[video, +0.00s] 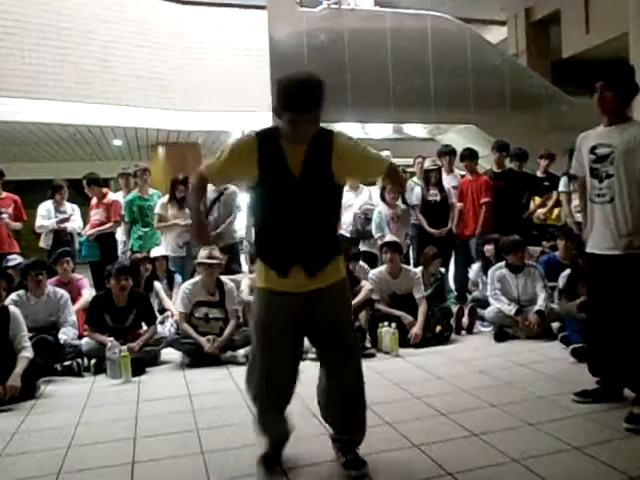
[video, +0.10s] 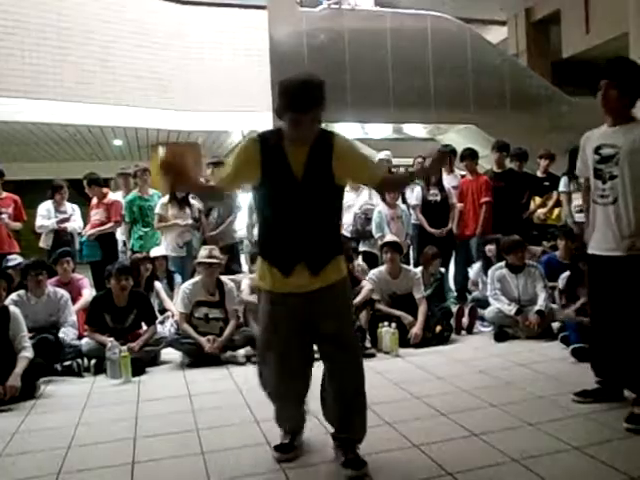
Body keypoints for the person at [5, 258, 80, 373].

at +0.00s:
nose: (39, 278)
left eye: (42, 274)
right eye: (34, 275)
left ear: (47, 277)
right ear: (26, 280)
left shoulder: (60, 296)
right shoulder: (15, 300)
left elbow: (70, 325)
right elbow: (9, 327)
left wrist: (61, 340)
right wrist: (21, 336)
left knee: (74, 349)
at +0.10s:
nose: (39, 278)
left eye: (41, 274)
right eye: (34, 275)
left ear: (47, 277)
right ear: (26, 280)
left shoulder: (61, 296)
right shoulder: (15, 300)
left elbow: (71, 326)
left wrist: (59, 340)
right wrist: (21, 337)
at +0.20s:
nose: (39, 280)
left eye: (41, 276)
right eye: (33, 277)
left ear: (47, 278)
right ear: (26, 282)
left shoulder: (61, 298)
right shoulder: (15, 302)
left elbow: (71, 328)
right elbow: (10, 331)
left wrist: (57, 341)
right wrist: (22, 338)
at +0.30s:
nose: (39, 279)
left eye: (41, 274)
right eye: (34, 275)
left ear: (47, 277)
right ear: (26, 280)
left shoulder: (61, 296)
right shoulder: (15, 300)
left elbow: (71, 327)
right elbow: (9, 330)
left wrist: (55, 340)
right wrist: (22, 337)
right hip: (27, 345)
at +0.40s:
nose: (41, 280)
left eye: (44, 275)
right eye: (36, 277)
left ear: (50, 277)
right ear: (29, 282)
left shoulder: (65, 297)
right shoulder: (18, 302)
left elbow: (75, 330)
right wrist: (29, 338)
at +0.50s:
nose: (49, 279)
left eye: (51, 275)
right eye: (44, 276)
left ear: (57, 277)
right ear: (36, 281)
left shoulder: (71, 297)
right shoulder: (26, 301)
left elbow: (82, 331)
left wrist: (52, 338)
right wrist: (35, 338)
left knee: (70, 339)